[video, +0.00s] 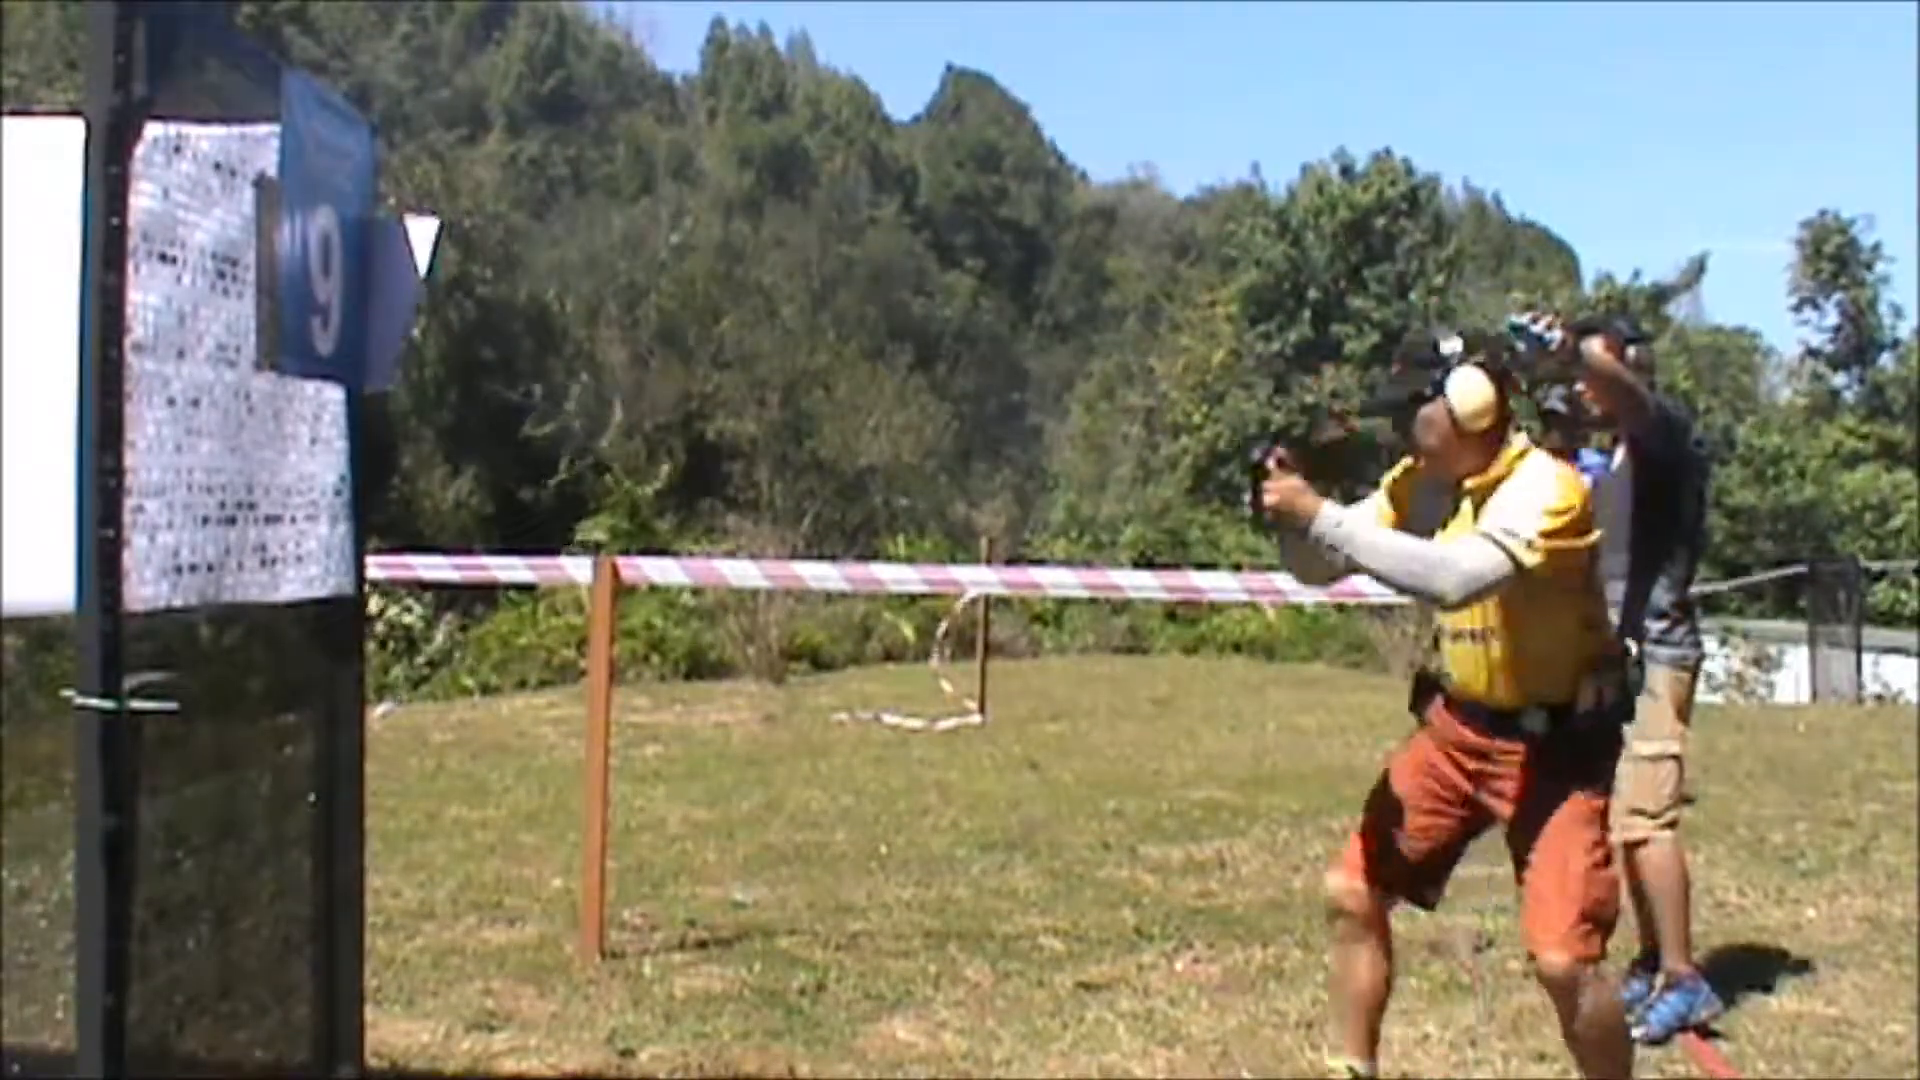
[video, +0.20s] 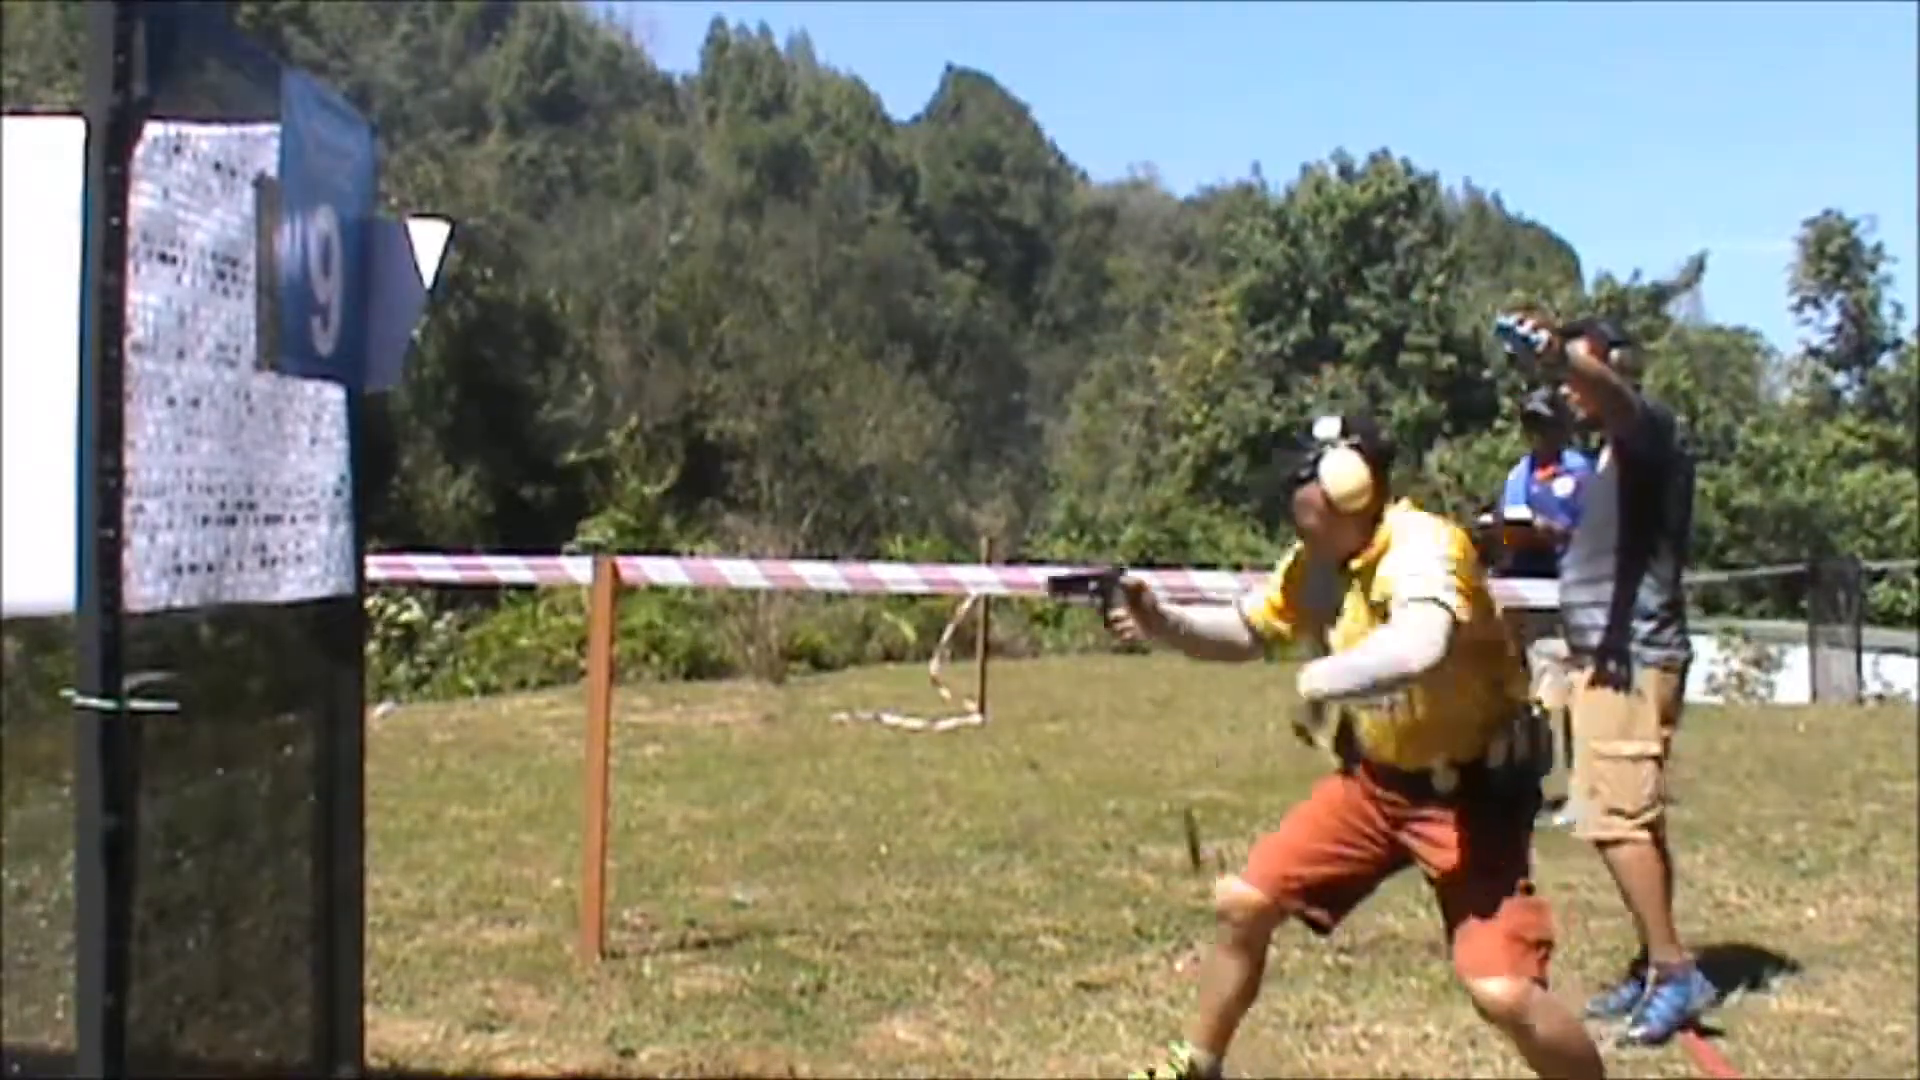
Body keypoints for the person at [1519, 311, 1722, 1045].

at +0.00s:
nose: (1581, 392)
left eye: (1595, 378)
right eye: (1579, 380)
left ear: (1631, 375)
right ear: (1584, 385)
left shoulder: (1670, 445)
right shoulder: (1599, 452)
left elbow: (1625, 387)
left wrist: (1573, 347)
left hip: (1658, 647)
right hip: (1608, 645)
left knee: (1646, 818)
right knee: (1624, 820)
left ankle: (1684, 977)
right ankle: (1652, 964)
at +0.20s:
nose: (1570, 393)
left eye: (1580, 377)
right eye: (1566, 381)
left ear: (1614, 371)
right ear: (1587, 378)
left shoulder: (1651, 438)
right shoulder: (1613, 450)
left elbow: (1614, 395)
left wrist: (1559, 351)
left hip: (1635, 658)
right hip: (1606, 655)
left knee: (1619, 819)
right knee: (1620, 819)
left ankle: (1674, 972)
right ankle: (1653, 964)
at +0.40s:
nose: (1538, 397)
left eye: (1549, 383)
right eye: (1536, 384)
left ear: (1582, 379)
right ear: (1554, 386)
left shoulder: (1618, 442)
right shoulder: (1603, 452)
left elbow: (1590, 402)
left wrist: (1532, 358)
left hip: (1605, 656)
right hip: (1624, 656)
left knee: (1550, 810)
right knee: (1628, 816)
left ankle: (1596, 969)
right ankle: (1658, 965)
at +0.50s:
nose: (1521, 404)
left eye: (1531, 389)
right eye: (1519, 392)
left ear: (1558, 384)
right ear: (1528, 396)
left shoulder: (1597, 447)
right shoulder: (1578, 459)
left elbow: (1565, 404)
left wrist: (1514, 364)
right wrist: (1495, 529)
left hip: (1585, 655)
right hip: (1608, 655)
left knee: (1530, 810)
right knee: (1617, 810)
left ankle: (1527, 975)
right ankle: (1657, 965)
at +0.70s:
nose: (1456, 385)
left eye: (1467, 376)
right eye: (1455, 376)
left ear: (1500, 386)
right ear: (1471, 393)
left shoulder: (1530, 452)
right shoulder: (1485, 465)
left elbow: (1475, 411)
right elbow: (1474, 556)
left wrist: (1437, 379)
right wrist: (1443, 529)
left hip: (1515, 672)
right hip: (1533, 669)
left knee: (1456, 826)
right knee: (1576, 815)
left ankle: (1420, 979)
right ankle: (1654, 963)